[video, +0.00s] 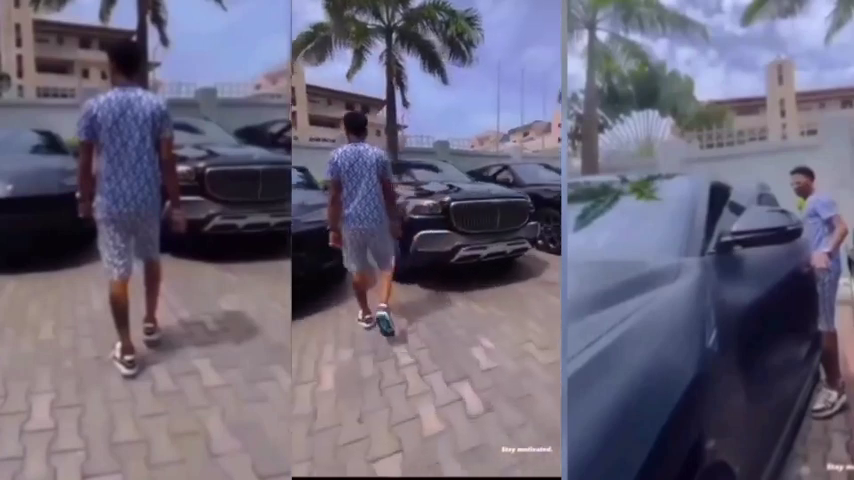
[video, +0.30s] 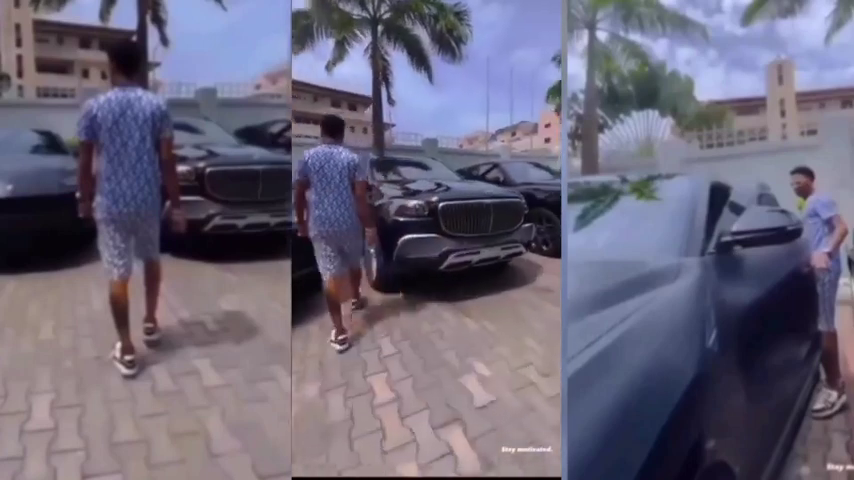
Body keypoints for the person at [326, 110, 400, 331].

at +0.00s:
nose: (349, 133)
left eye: (345, 129)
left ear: (345, 130)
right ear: (366, 129)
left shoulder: (337, 156)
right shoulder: (378, 155)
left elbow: (335, 196)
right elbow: (389, 192)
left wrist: (334, 228)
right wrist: (394, 220)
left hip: (351, 224)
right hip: (378, 222)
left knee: (357, 271)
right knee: (387, 266)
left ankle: (365, 313)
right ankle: (384, 304)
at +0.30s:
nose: (330, 137)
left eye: (325, 132)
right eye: (339, 133)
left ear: (321, 133)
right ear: (343, 133)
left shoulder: (309, 157)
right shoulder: (352, 158)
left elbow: (300, 192)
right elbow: (360, 195)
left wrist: (301, 222)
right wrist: (369, 225)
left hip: (320, 223)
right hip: (348, 221)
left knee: (329, 275)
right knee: (354, 261)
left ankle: (339, 331)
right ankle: (356, 297)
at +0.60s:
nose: (315, 139)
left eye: (312, 134)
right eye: (324, 135)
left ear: (309, 134)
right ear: (329, 136)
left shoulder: (296, 159)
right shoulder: (336, 162)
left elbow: (293, 191)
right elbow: (345, 195)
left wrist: (294, 214)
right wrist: (349, 221)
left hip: (304, 219)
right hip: (331, 219)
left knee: (303, 267)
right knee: (334, 262)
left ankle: (310, 311)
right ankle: (331, 306)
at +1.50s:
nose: (333, 140)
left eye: (326, 136)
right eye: (337, 136)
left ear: (321, 137)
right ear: (341, 137)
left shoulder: (311, 160)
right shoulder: (349, 159)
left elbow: (310, 192)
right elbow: (358, 188)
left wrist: (315, 204)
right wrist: (359, 202)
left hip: (325, 214)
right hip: (348, 213)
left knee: (333, 259)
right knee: (356, 252)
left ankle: (342, 304)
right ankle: (357, 289)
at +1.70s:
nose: (355, 151)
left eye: (349, 147)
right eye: (358, 147)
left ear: (344, 148)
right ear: (362, 148)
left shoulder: (333, 169)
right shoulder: (368, 170)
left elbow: (332, 197)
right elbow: (374, 199)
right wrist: (378, 201)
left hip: (343, 222)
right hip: (365, 221)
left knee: (352, 264)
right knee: (369, 261)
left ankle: (359, 311)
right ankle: (366, 295)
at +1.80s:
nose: (365, 184)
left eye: (361, 181)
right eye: (369, 181)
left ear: (356, 181)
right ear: (373, 182)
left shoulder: (347, 202)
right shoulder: (378, 204)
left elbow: (344, 226)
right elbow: (381, 232)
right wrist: (390, 225)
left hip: (354, 252)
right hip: (374, 252)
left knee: (361, 292)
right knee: (376, 289)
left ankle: (364, 339)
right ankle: (374, 318)